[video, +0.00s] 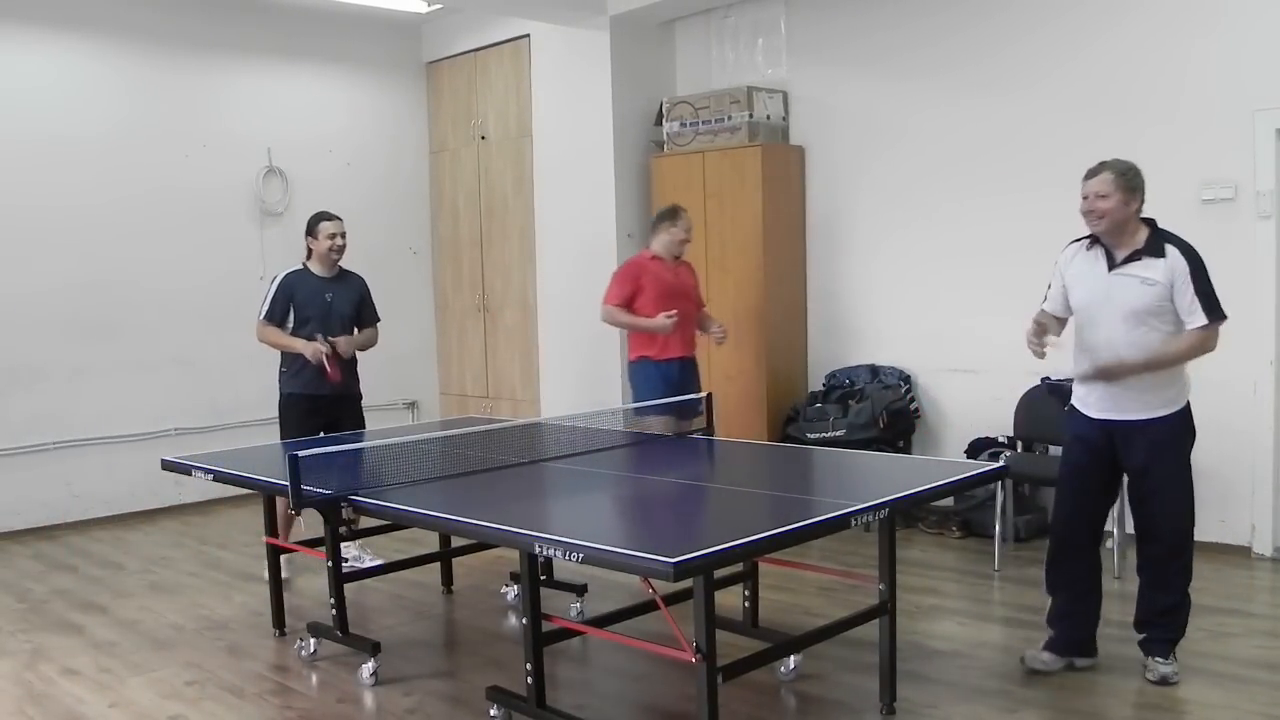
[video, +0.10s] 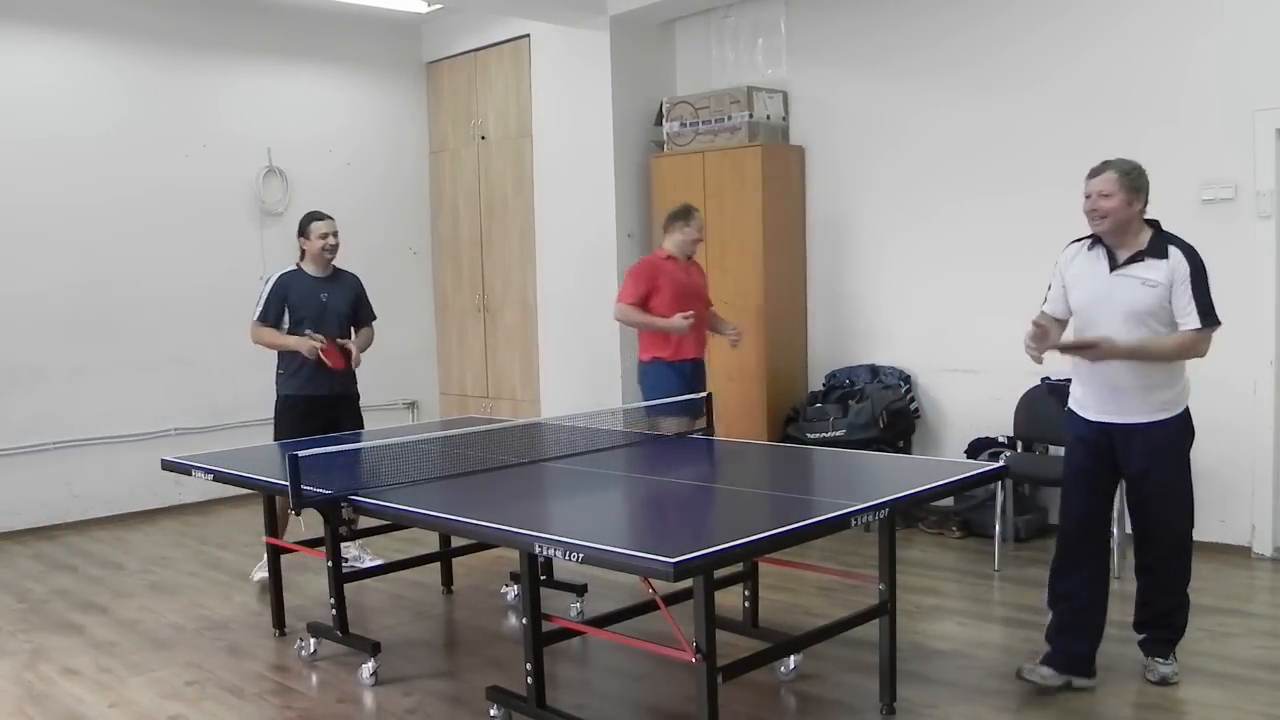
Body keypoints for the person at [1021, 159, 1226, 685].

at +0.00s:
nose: (1089, 207)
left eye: (1100, 197)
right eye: (1085, 198)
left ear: (1133, 201)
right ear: (1082, 204)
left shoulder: (1177, 258)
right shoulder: (1076, 254)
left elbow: (1205, 335)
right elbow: (1052, 314)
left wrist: (1133, 366)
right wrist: (1040, 328)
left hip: (1158, 423)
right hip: (1089, 418)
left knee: (1165, 538)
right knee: (1070, 532)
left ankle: (1160, 646)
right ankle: (1070, 643)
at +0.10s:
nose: (1091, 206)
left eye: (1102, 197)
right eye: (1087, 198)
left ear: (1136, 201)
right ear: (1087, 204)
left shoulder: (1178, 259)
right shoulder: (1076, 255)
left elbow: (1198, 341)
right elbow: (1051, 320)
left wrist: (1116, 349)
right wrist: (1040, 335)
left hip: (1158, 427)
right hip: (1088, 423)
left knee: (1164, 541)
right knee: (1078, 541)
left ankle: (1160, 646)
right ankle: (1070, 659)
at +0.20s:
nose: (1085, 207)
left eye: (1096, 198)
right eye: (1082, 199)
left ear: (1131, 202)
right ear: (1083, 205)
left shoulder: (1173, 261)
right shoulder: (1070, 258)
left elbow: (1196, 343)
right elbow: (1052, 318)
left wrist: (1116, 347)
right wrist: (1036, 330)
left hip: (1153, 432)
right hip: (1083, 429)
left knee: (1160, 546)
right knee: (1081, 552)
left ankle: (1160, 644)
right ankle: (1075, 674)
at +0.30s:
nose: (1074, 209)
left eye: (1085, 199)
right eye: (1070, 201)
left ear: (1120, 205)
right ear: (1069, 208)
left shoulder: (1164, 264)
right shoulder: (1061, 265)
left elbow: (1197, 342)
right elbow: (1047, 340)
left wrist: (1120, 358)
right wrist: (1033, 337)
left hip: (1146, 436)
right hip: (1074, 435)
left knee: (1155, 549)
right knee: (1072, 557)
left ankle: (1159, 643)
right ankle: (1072, 678)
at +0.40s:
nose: (1059, 208)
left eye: (1071, 198)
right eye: (1057, 199)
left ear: (1107, 203)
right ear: (1059, 207)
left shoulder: (1155, 259)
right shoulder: (1052, 265)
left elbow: (1197, 336)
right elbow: (1037, 348)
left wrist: (1127, 364)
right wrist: (1024, 331)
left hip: (1138, 435)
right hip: (1065, 434)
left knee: (1151, 552)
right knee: (1059, 556)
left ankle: (1162, 643)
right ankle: (1071, 679)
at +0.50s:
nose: (1050, 208)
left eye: (1061, 197)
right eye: (1048, 199)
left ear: (1100, 199)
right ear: (1052, 206)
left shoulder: (1150, 256)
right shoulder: (1049, 263)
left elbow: (1200, 332)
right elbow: (1028, 346)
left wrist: (1130, 366)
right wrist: (1009, 325)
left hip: (1137, 435)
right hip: (1062, 433)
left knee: (1146, 559)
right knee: (1056, 560)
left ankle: (1173, 646)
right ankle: (1072, 678)